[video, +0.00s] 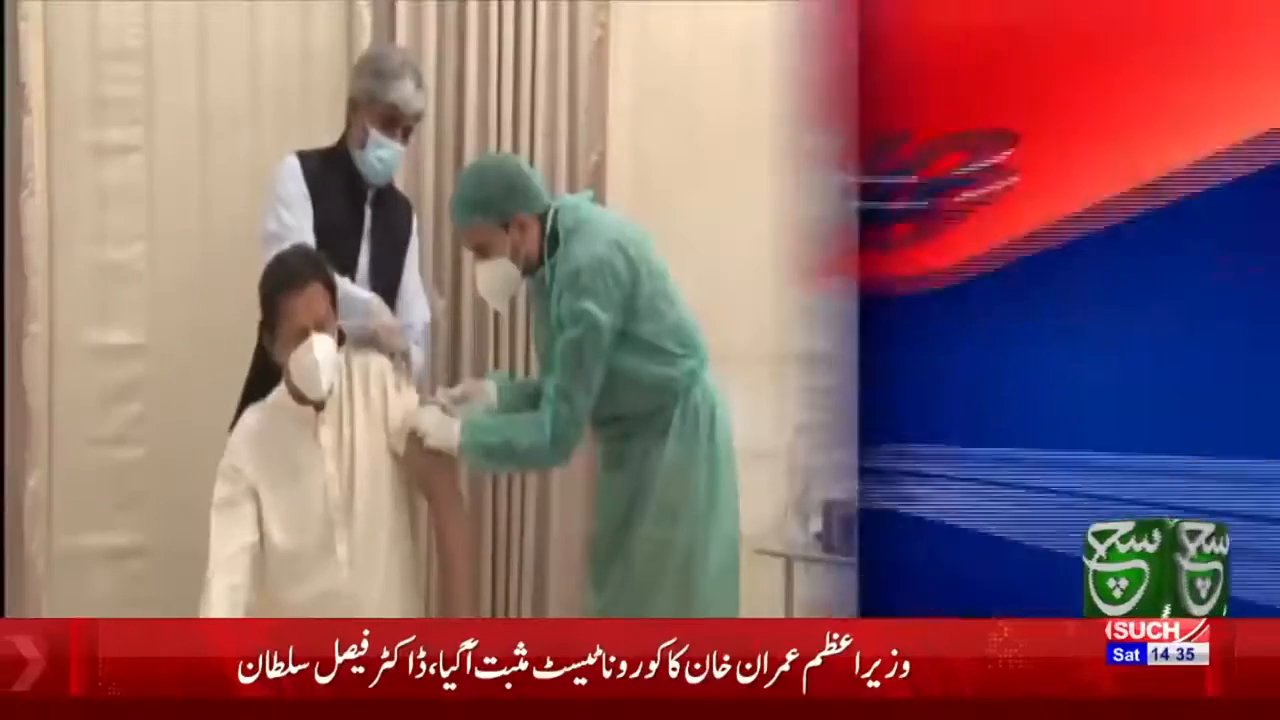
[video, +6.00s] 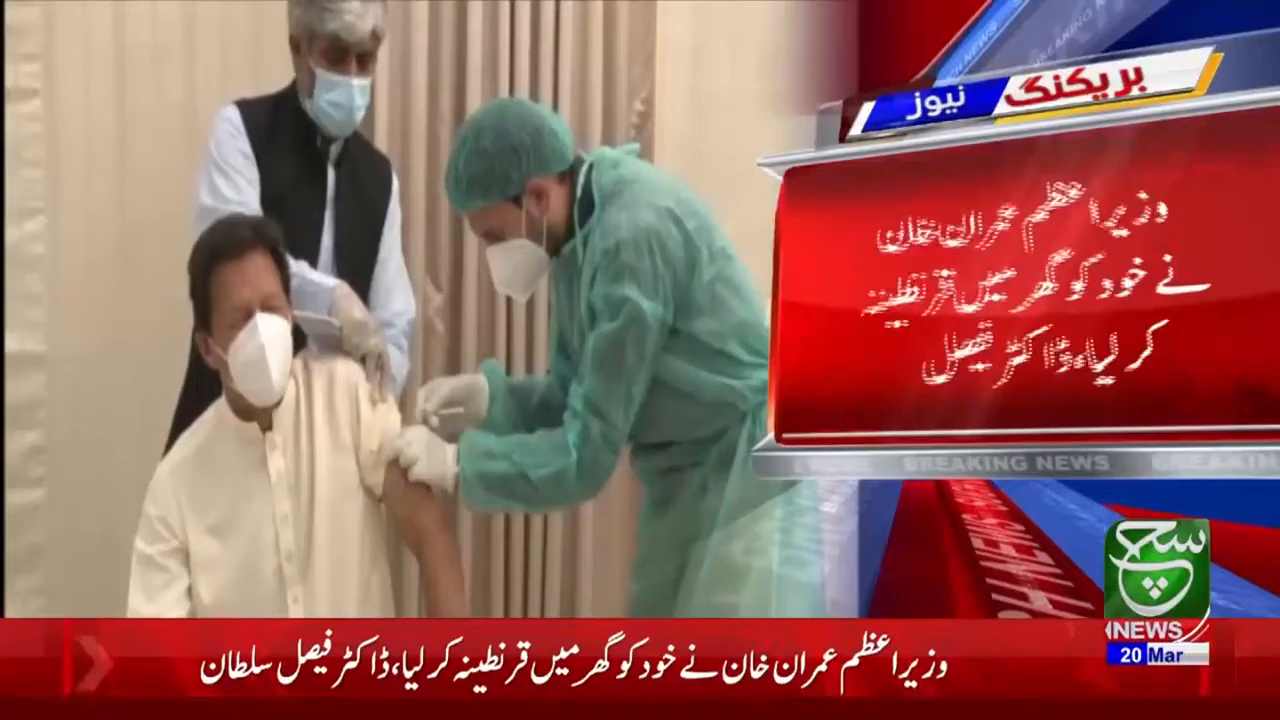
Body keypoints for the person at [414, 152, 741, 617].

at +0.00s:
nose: (481, 265)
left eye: (483, 251)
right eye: (474, 253)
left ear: (521, 227)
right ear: (522, 228)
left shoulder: (590, 260)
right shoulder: (554, 255)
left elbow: (558, 433)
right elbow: (557, 392)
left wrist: (459, 435)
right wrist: (491, 393)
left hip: (676, 432)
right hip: (629, 433)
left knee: (655, 594)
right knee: (616, 588)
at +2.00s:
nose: (483, 276)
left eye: (485, 262)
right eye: (476, 265)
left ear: (519, 233)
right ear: (519, 233)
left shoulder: (591, 261)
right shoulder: (553, 260)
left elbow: (563, 436)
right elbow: (551, 395)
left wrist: (462, 416)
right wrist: (485, 389)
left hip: (679, 434)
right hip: (632, 437)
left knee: (656, 605)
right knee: (614, 599)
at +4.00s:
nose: (506, 206)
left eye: (512, 190)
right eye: (501, 192)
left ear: (553, 171)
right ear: (551, 171)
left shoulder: (611, 225)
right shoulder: (581, 211)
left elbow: (583, 388)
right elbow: (595, 333)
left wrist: (484, 433)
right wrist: (550, 367)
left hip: (666, 429)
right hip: (629, 427)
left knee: (644, 600)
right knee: (613, 593)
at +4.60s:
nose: (528, 173)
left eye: (534, 159)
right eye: (523, 160)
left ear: (576, 141)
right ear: (572, 142)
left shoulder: (626, 209)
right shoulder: (596, 197)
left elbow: (586, 356)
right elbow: (588, 324)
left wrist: (486, 417)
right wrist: (554, 355)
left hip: (658, 429)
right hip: (622, 426)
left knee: (639, 602)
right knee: (608, 595)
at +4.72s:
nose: (495, 239)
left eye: (497, 220)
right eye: (486, 222)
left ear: (543, 183)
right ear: (543, 182)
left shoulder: (635, 220)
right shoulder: (584, 219)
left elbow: (588, 448)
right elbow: (585, 400)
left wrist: (457, 456)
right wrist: (500, 395)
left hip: (749, 456)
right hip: (677, 462)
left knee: (724, 653)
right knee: (655, 649)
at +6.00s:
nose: (492, 253)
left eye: (494, 236)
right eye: (483, 239)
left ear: (541, 198)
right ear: (542, 197)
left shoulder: (633, 230)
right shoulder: (581, 228)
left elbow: (589, 453)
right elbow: (573, 398)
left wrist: (459, 462)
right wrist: (488, 398)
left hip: (749, 461)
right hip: (677, 468)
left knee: (728, 655)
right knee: (653, 651)